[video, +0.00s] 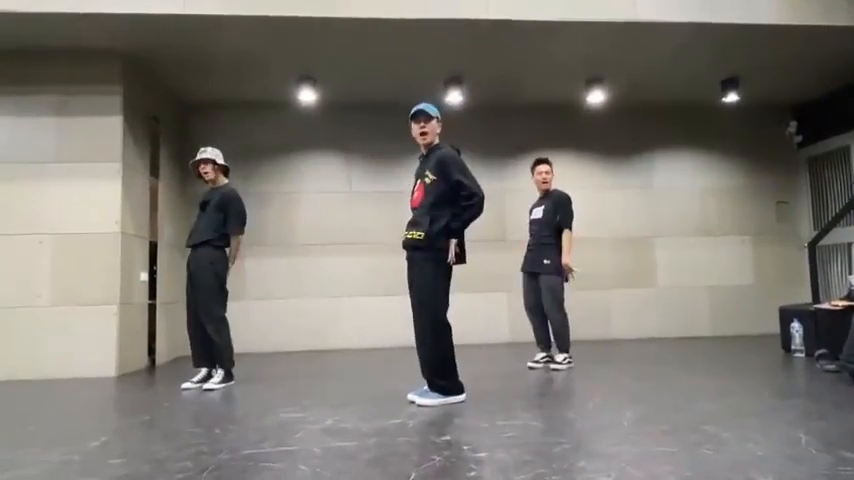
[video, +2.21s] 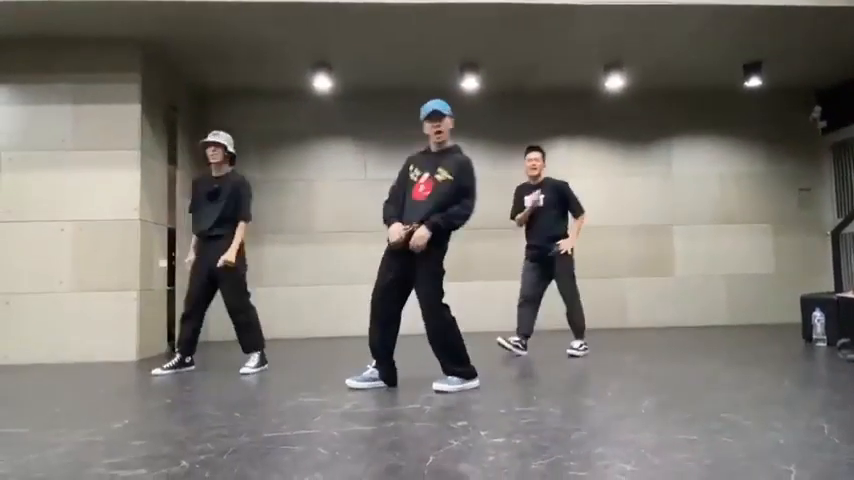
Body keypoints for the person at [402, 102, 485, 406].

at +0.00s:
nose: (421, 127)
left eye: (427, 121)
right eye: (416, 123)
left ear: (438, 125)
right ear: (411, 129)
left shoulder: (445, 156)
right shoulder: (425, 161)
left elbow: (475, 198)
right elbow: (439, 201)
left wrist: (451, 231)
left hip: (434, 252)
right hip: (419, 251)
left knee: (433, 318)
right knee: (424, 319)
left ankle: (448, 386)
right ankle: (436, 383)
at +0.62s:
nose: (425, 120)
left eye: (431, 115)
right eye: (421, 116)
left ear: (444, 120)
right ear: (417, 123)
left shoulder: (452, 156)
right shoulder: (426, 163)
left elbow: (467, 203)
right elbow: (430, 206)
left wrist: (443, 236)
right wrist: (419, 237)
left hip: (438, 250)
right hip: (418, 247)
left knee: (439, 319)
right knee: (390, 289)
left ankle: (455, 384)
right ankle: (425, 343)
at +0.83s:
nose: (423, 117)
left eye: (429, 112)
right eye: (419, 114)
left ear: (442, 118)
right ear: (415, 122)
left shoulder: (449, 152)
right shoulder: (425, 159)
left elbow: (449, 196)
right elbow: (426, 202)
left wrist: (411, 215)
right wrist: (411, 228)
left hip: (436, 247)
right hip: (415, 242)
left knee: (434, 313)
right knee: (377, 277)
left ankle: (457, 382)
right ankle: (410, 326)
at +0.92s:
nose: (421, 118)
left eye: (427, 113)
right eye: (416, 114)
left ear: (439, 118)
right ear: (412, 122)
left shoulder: (447, 151)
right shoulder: (423, 158)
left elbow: (445, 197)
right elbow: (420, 208)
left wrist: (404, 209)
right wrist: (400, 243)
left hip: (434, 250)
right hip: (413, 248)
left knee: (438, 316)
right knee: (385, 305)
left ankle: (458, 381)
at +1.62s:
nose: (381, 122)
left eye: (387, 117)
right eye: (380, 118)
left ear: (404, 121)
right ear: (395, 124)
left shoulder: (399, 145)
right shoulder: (401, 146)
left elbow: (410, 186)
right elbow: (407, 189)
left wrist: (390, 223)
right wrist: (387, 226)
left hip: (410, 242)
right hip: (401, 242)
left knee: (420, 307)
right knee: (390, 306)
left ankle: (460, 373)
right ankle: (384, 374)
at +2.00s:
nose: (398, 127)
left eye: (404, 122)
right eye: (395, 123)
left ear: (419, 125)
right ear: (394, 128)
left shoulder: (426, 152)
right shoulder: (409, 156)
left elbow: (426, 202)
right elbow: (400, 199)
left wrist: (396, 234)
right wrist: (387, 230)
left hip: (414, 246)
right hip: (394, 244)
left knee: (414, 308)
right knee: (372, 303)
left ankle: (461, 372)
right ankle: (381, 371)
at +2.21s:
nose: (436, 125)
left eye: (441, 119)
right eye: (430, 120)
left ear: (451, 122)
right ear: (424, 126)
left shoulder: (460, 162)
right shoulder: (414, 160)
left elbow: (464, 207)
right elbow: (394, 196)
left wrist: (430, 226)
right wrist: (392, 222)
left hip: (429, 245)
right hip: (400, 242)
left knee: (432, 308)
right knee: (383, 303)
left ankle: (462, 373)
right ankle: (382, 370)